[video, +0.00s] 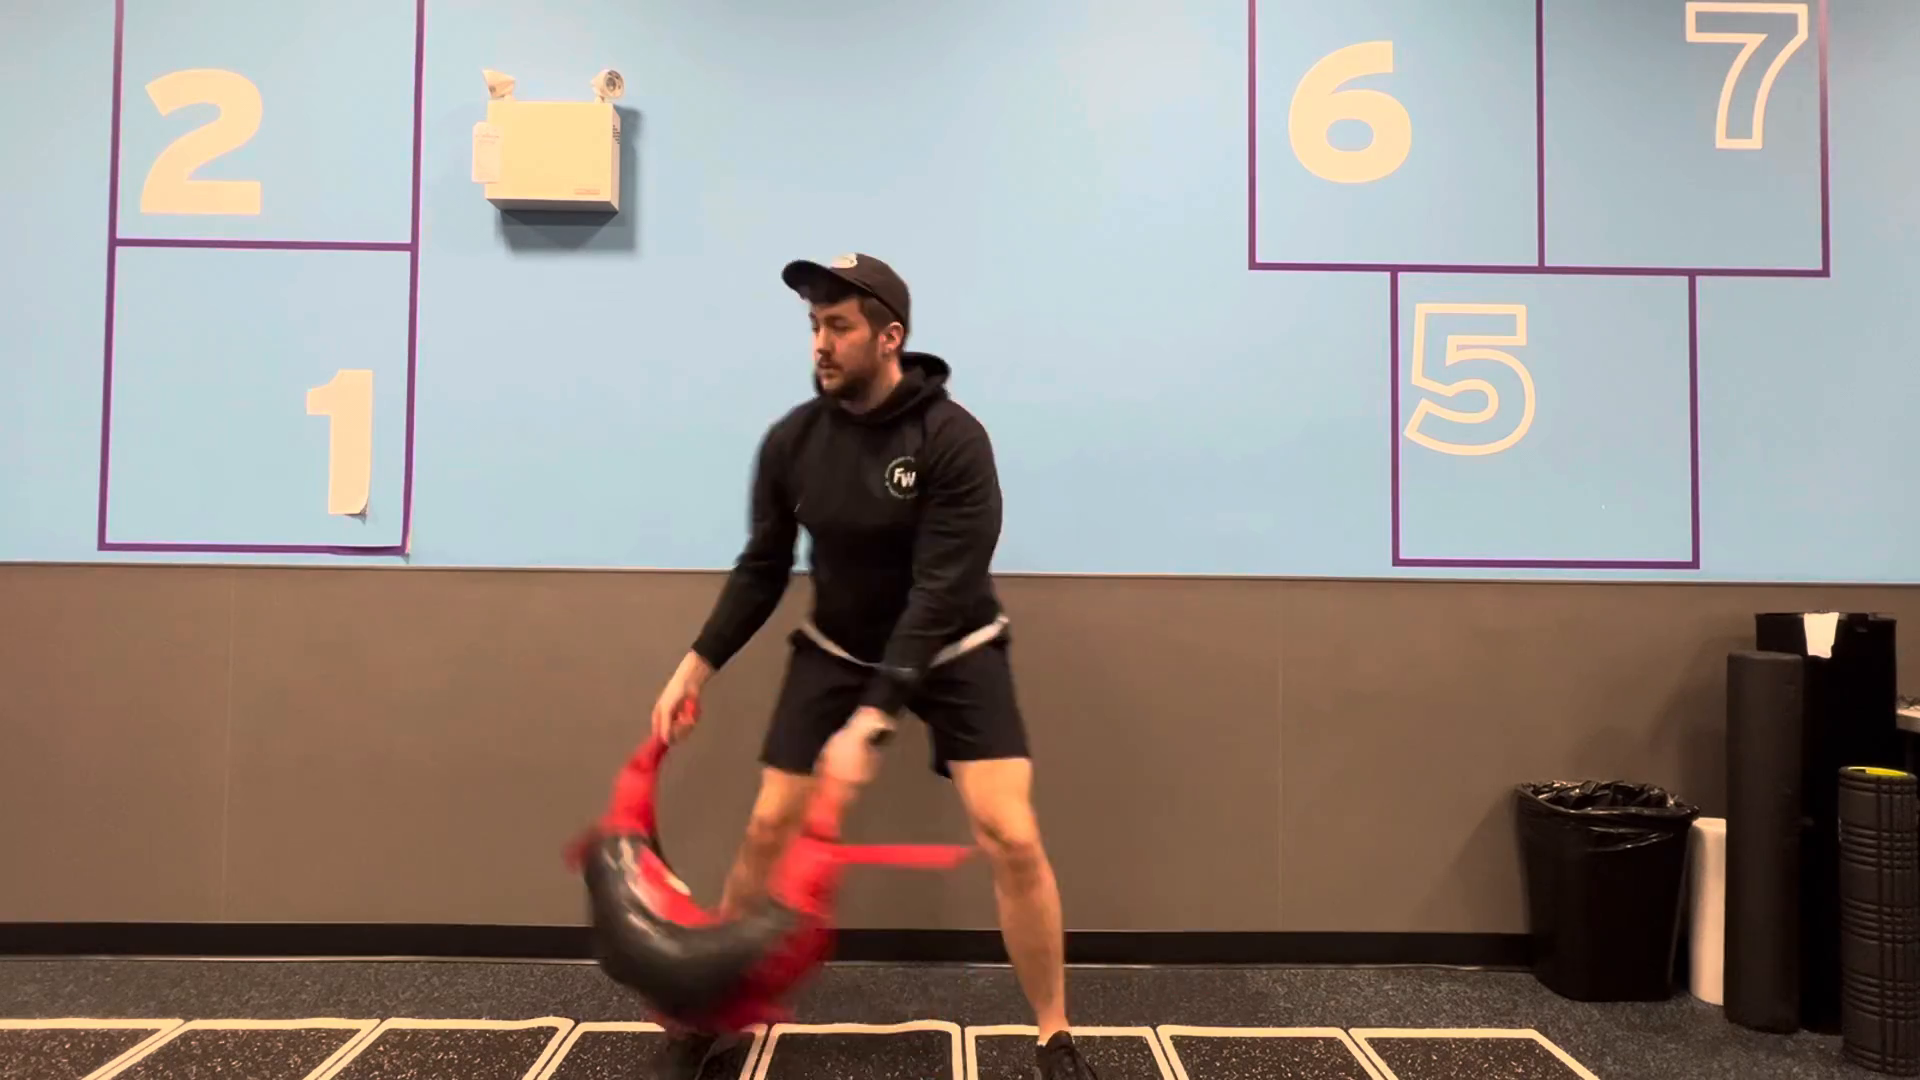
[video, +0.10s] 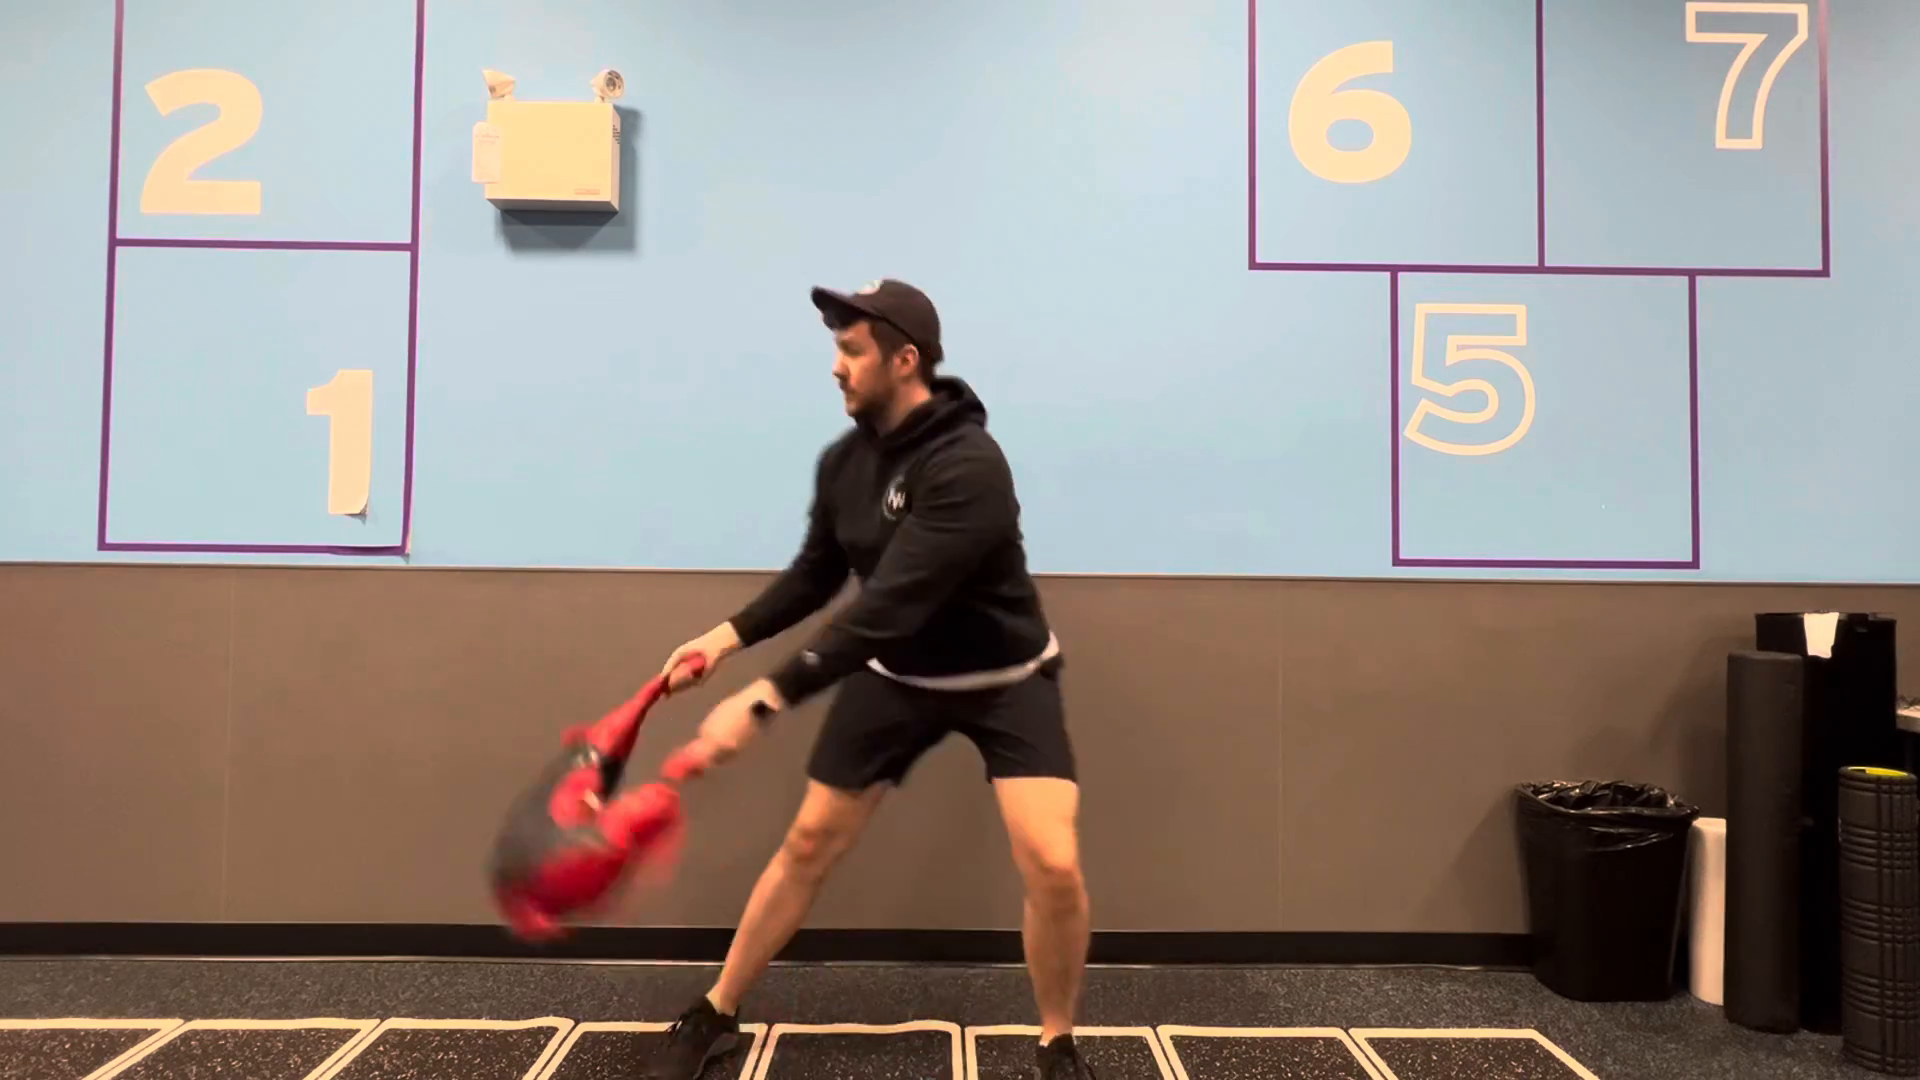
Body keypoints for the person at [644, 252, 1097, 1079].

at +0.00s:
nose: (819, 343)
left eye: (838, 327)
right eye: (815, 326)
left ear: (890, 336)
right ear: (812, 332)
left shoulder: (952, 442)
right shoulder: (790, 443)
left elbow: (939, 596)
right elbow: (761, 567)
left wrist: (867, 721)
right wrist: (695, 666)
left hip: (953, 647)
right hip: (839, 647)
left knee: (1012, 837)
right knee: (767, 824)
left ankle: (1055, 1037)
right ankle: (715, 1015)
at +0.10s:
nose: (837, 367)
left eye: (852, 352)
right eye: (837, 351)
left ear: (908, 358)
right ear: (879, 361)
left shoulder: (969, 468)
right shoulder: (844, 462)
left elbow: (884, 607)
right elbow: (816, 571)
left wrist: (759, 699)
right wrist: (722, 636)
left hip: (1008, 679)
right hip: (893, 673)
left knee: (1054, 864)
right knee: (808, 843)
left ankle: (1059, 1046)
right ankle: (717, 1012)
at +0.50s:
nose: (868, 444)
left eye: (882, 428)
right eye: (870, 428)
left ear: (933, 438)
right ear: (925, 438)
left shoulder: (981, 534)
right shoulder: (895, 523)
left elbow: (849, 628)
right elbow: (841, 625)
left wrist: (684, 642)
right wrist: (704, 648)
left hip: (1066, 720)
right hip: (954, 718)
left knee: (1100, 907)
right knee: (847, 865)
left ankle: (1060, 1048)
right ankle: (714, 1012)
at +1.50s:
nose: (907, 406)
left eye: (921, 389)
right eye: (889, 390)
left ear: (939, 377)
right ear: (852, 376)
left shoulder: (964, 438)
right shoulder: (811, 460)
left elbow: (1029, 527)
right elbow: (877, 592)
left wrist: (1126, 599)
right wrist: (1020, 644)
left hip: (935, 658)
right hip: (820, 664)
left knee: (994, 822)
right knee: (752, 835)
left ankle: (1047, 1018)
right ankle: (706, 1011)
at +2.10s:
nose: (822, 401)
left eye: (839, 387)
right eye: (811, 383)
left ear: (886, 377)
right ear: (799, 372)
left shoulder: (926, 463)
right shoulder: (779, 427)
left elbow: (857, 603)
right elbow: (742, 520)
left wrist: (746, 695)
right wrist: (662, 604)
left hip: (920, 658)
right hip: (806, 652)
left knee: (985, 832)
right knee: (744, 826)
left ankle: (1045, 1015)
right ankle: (707, 1007)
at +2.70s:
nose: (906, 387)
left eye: (919, 369)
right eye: (888, 372)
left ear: (937, 363)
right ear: (853, 367)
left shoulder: (961, 458)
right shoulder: (803, 432)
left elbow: (912, 596)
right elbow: (755, 516)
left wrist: (809, 682)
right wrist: (666, 589)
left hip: (944, 655)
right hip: (830, 655)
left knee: (998, 827)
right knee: (763, 826)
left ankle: (1048, 1018)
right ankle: (707, 1009)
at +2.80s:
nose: (937, 390)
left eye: (945, 373)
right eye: (919, 375)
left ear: (956, 373)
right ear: (874, 379)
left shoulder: (975, 465)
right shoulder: (812, 445)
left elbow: (956, 609)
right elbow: (744, 551)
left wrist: (888, 725)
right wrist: (675, 650)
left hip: (949, 657)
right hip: (834, 658)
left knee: (1003, 824)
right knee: (762, 826)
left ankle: (1047, 1016)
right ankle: (704, 1008)